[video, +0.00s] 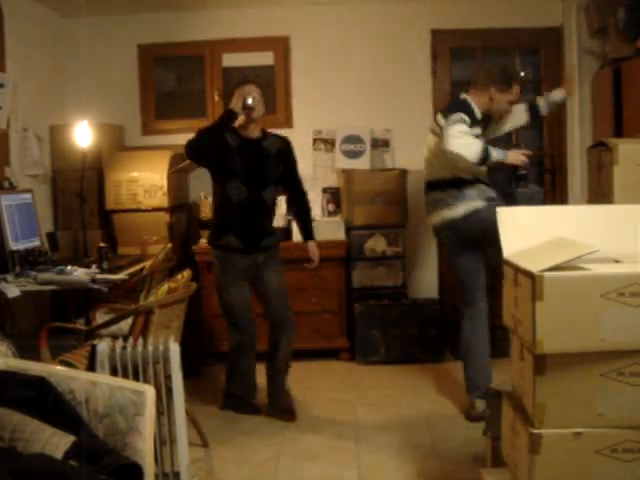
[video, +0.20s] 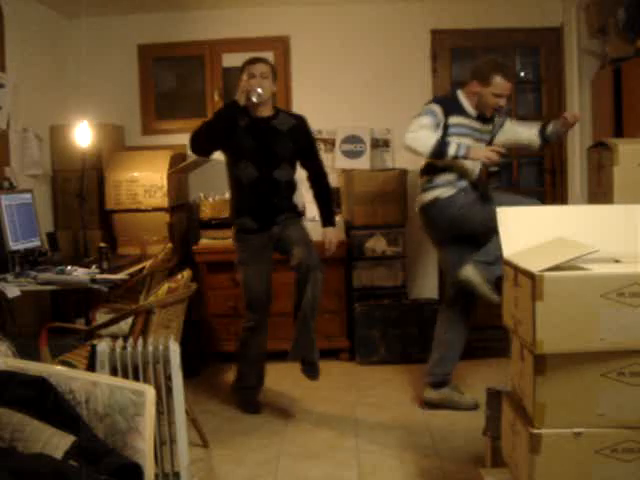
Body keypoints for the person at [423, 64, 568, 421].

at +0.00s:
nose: (506, 108)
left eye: (508, 103)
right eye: (505, 101)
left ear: (486, 94)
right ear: (489, 92)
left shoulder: (470, 115)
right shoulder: (459, 112)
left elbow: (513, 116)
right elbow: (457, 147)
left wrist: (553, 98)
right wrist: (503, 155)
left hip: (455, 217)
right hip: (468, 212)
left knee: (474, 304)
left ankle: (477, 394)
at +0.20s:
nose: (502, 104)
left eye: (506, 98)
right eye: (498, 96)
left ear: (503, 95)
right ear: (475, 88)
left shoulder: (492, 122)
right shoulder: (442, 109)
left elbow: (528, 134)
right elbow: (415, 140)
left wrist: (557, 127)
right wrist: (467, 152)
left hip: (467, 204)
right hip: (442, 203)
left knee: (459, 290)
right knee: (529, 214)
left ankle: (437, 383)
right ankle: (483, 268)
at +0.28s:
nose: (499, 104)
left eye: (503, 98)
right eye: (494, 97)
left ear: (499, 97)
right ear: (473, 90)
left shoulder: (491, 126)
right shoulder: (440, 113)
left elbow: (526, 146)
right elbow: (408, 143)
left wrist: (554, 134)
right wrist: (462, 153)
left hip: (467, 208)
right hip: (441, 207)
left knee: (456, 296)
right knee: (527, 221)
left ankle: (434, 383)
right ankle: (476, 271)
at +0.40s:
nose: (488, 95)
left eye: (491, 89)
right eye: (482, 87)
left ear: (491, 89)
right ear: (460, 81)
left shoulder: (486, 123)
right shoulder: (433, 112)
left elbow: (505, 160)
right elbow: (398, 150)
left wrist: (526, 174)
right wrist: (448, 154)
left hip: (470, 205)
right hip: (437, 202)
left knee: (463, 294)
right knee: (508, 226)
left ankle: (439, 383)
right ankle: (469, 294)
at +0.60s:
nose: (449, 101)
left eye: (454, 94)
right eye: (442, 94)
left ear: (460, 92)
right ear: (425, 90)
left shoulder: (478, 119)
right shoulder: (410, 132)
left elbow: (496, 156)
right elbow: (396, 186)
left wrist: (495, 153)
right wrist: (422, 170)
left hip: (479, 223)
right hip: (435, 225)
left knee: (481, 309)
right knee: (437, 302)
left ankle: (464, 380)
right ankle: (434, 384)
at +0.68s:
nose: (438, 95)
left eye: (443, 88)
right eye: (430, 88)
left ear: (450, 85)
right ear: (414, 86)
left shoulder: (473, 108)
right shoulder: (403, 131)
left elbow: (503, 124)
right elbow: (393, 182)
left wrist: (491, 162)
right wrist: (413, 171)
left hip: (477, 218)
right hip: (431, 220)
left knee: (475, 307)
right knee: (427, 302)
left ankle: (464, 380)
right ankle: (422, 388)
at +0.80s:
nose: (419, 85)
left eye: (424, 78)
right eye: (411, 79)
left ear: (431, 74)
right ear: (396, 79)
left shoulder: (455, 94)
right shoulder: (391, 123)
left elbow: (502, 95)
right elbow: (388, 180)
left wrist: (502, 124)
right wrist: (403, 174)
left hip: (469, 205)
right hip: (424, 210)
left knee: (481, 291)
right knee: (423, 296)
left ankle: (468, 363)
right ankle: (418, 375)